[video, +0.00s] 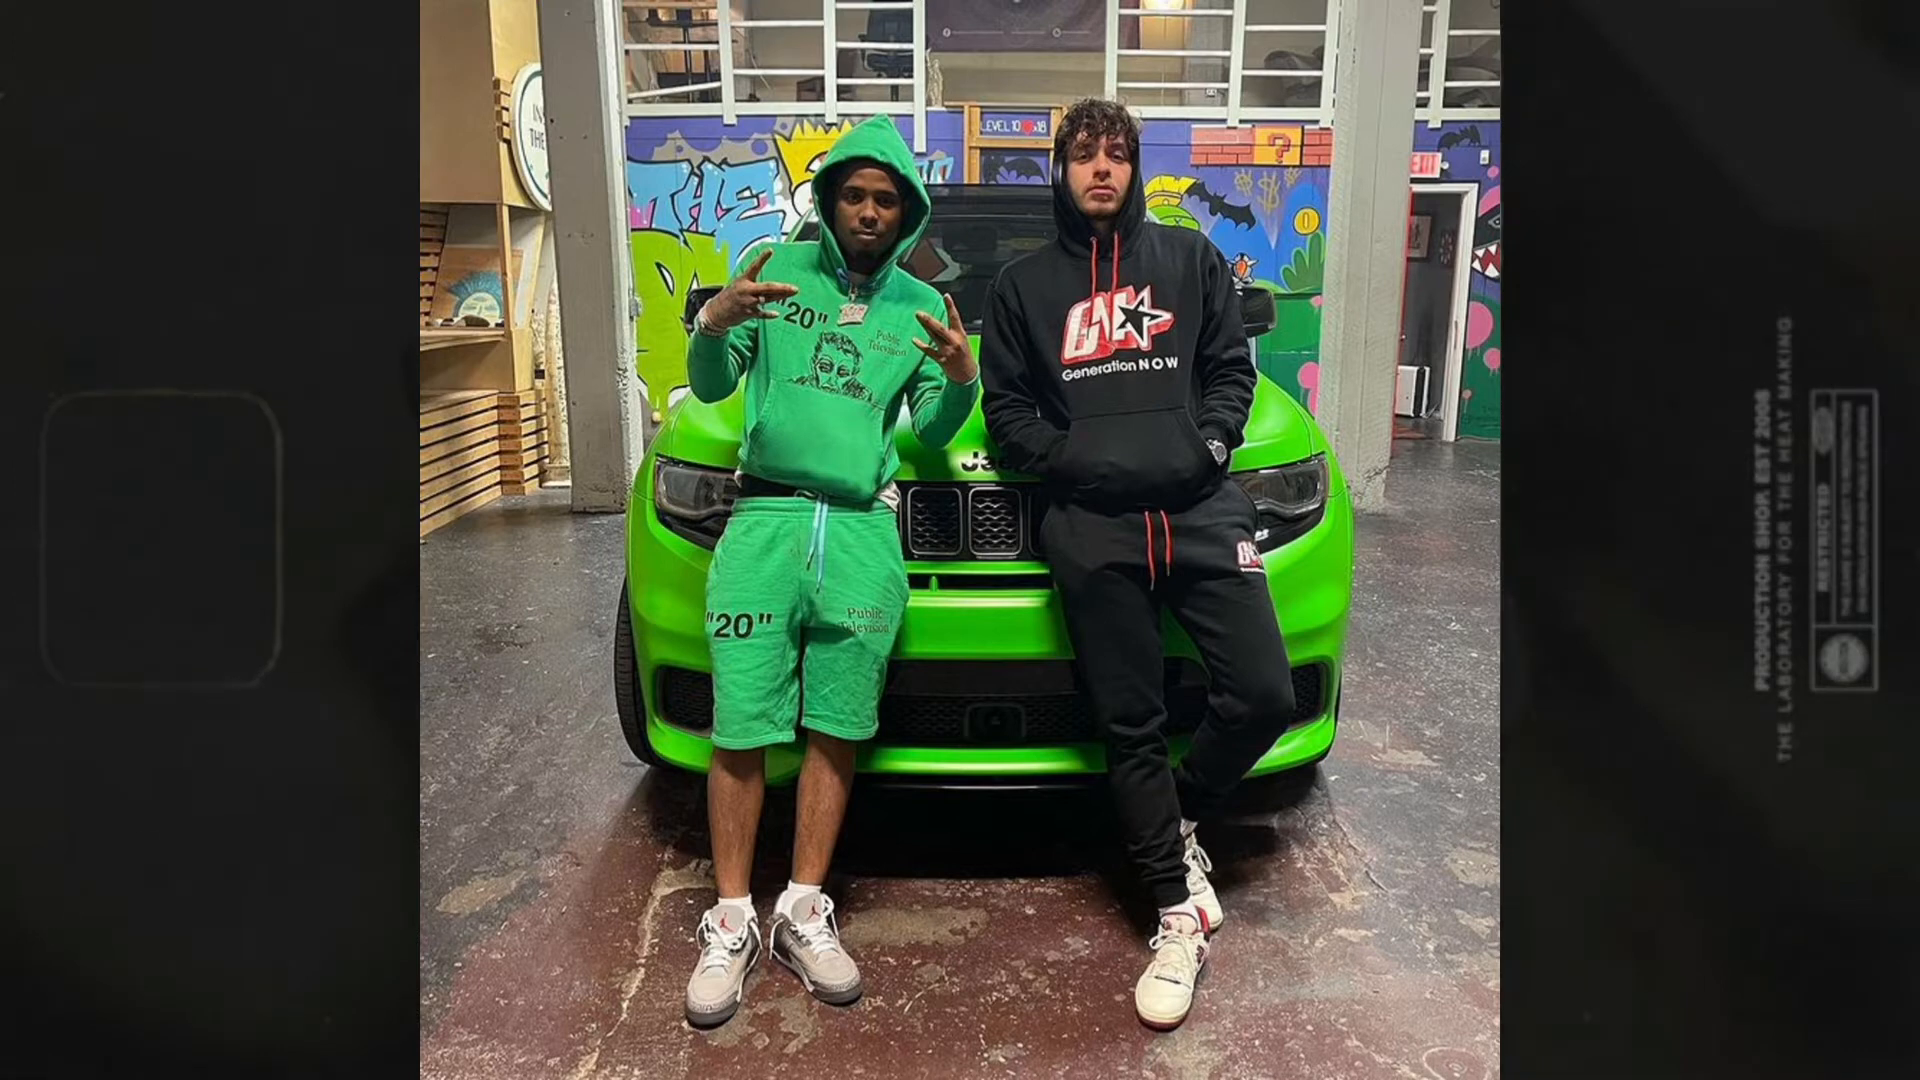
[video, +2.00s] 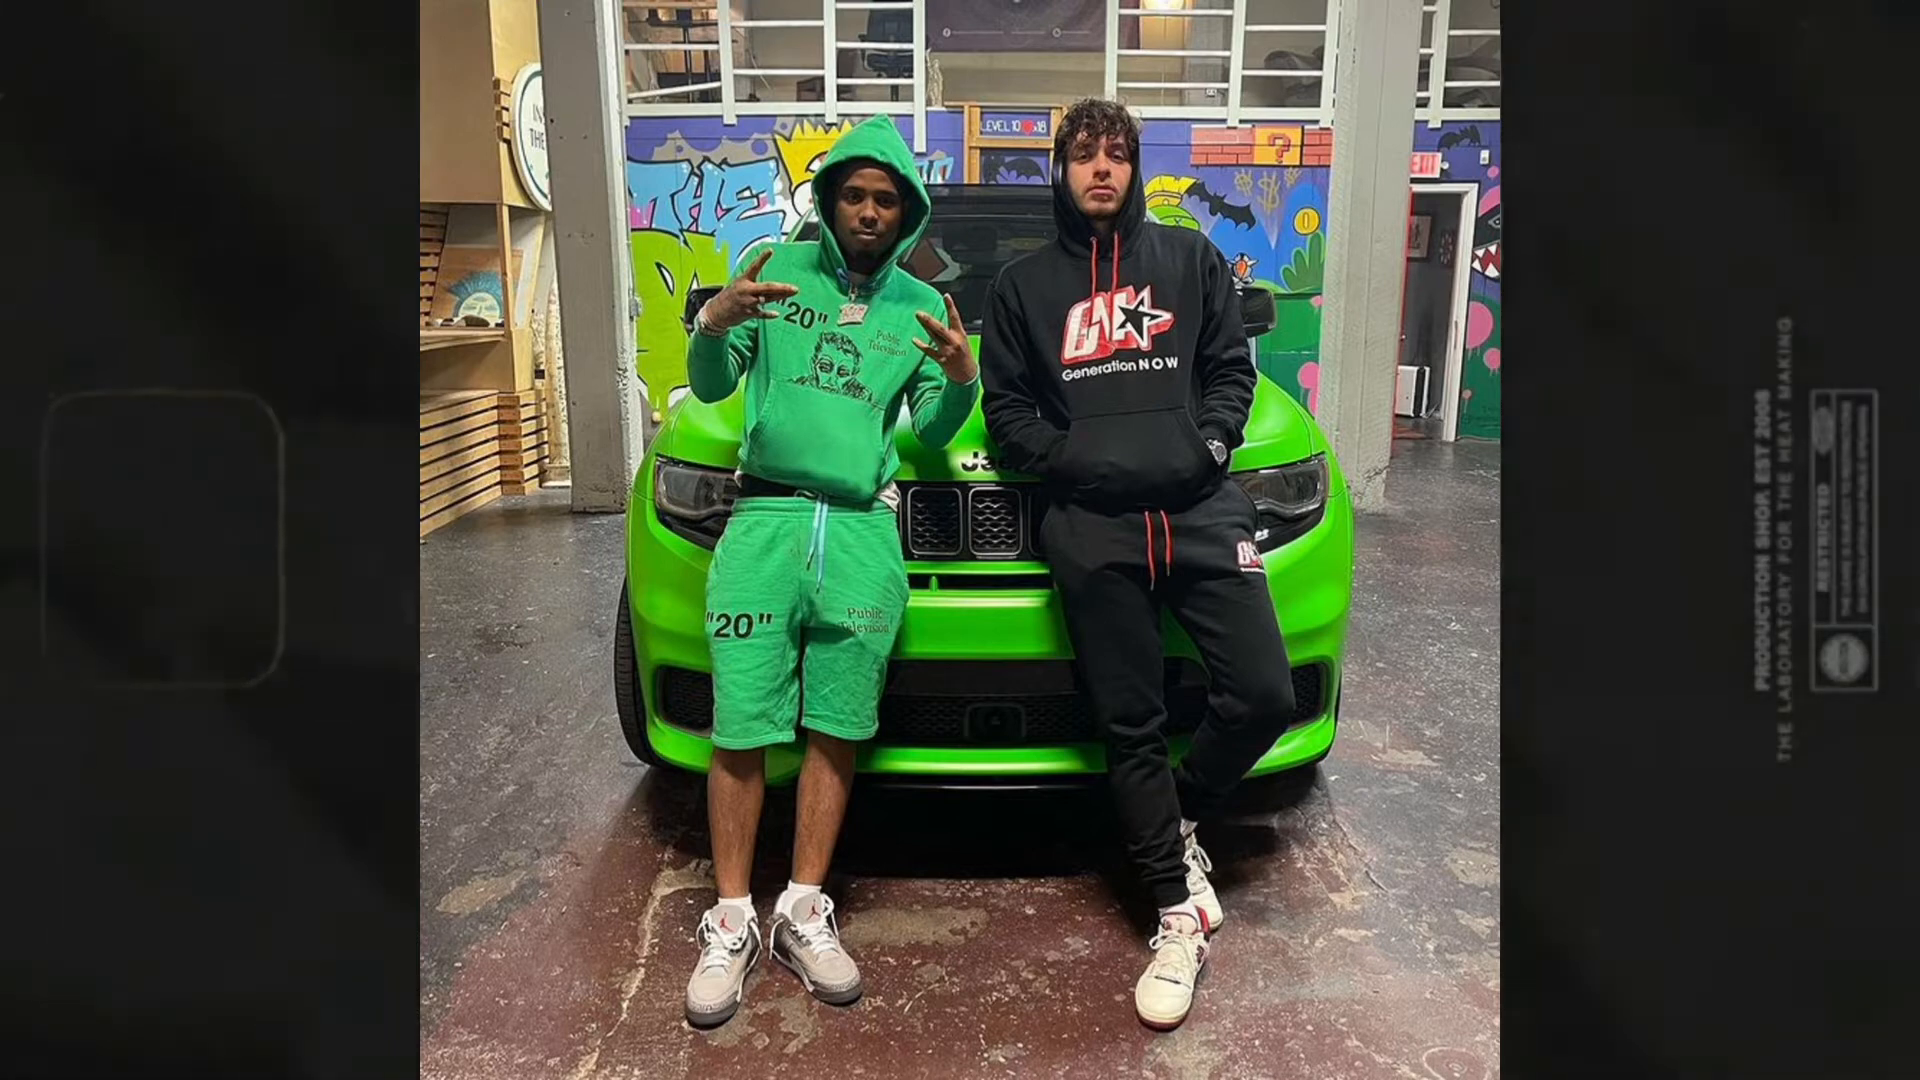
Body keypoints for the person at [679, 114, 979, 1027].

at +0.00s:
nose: (868, 212)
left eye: (885, 198)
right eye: (854, 196)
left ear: (907, 212)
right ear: (827, 202)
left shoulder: (923, 305)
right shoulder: (776, 268)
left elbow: (923, 439)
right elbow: (712, 384)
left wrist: (961, 380)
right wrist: (713, 321)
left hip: (861, 527)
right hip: (763, 517)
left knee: (838, 728)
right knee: (741, 728)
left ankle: (805, 908)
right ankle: (732, 919)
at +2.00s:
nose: (868, 212)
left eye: (885, 198)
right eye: (854, 196)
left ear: (907, 212)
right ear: (827, 202)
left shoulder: (923, 305)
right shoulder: (776, 268)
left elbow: (923, 439)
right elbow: (712, 384)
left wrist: (961, 380)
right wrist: (713, 321)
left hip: (861, 527)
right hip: (763, 517)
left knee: (838, 728)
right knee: (741, 728)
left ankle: (805, 908)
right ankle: (732, 919)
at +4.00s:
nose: (868, 212)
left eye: (885, 198)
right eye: (854, 196)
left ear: (907, 212)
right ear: (827, 202)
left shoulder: (923, 305)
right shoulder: (776, 268)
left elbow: (923, 439)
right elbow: (712, 384)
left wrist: (961, 380)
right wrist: (713, 321)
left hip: (861, 527)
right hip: (763, 517)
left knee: (838, 728)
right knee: (741, 728)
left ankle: (805, 908)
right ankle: (732, 919)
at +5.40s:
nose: (868, 212)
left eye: (885, 198)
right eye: (854, 196)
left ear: (907, 211)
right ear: (827, 202)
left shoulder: (923, 305)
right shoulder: (777, 267)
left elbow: (923, 439)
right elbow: (712, 384)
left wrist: (961, 381)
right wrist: (713, 322)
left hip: (861, 526)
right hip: (763, 516)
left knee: (838, 728)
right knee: (741, 728)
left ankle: (804, 908)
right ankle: (732, 919)